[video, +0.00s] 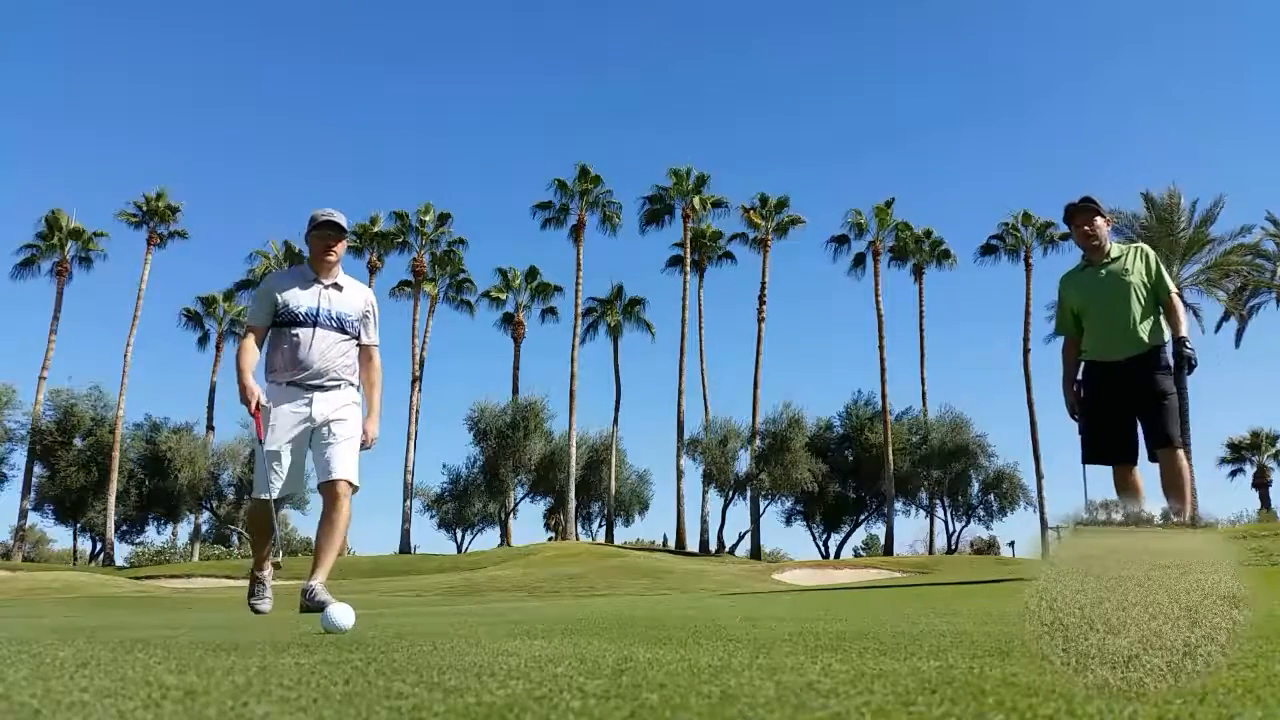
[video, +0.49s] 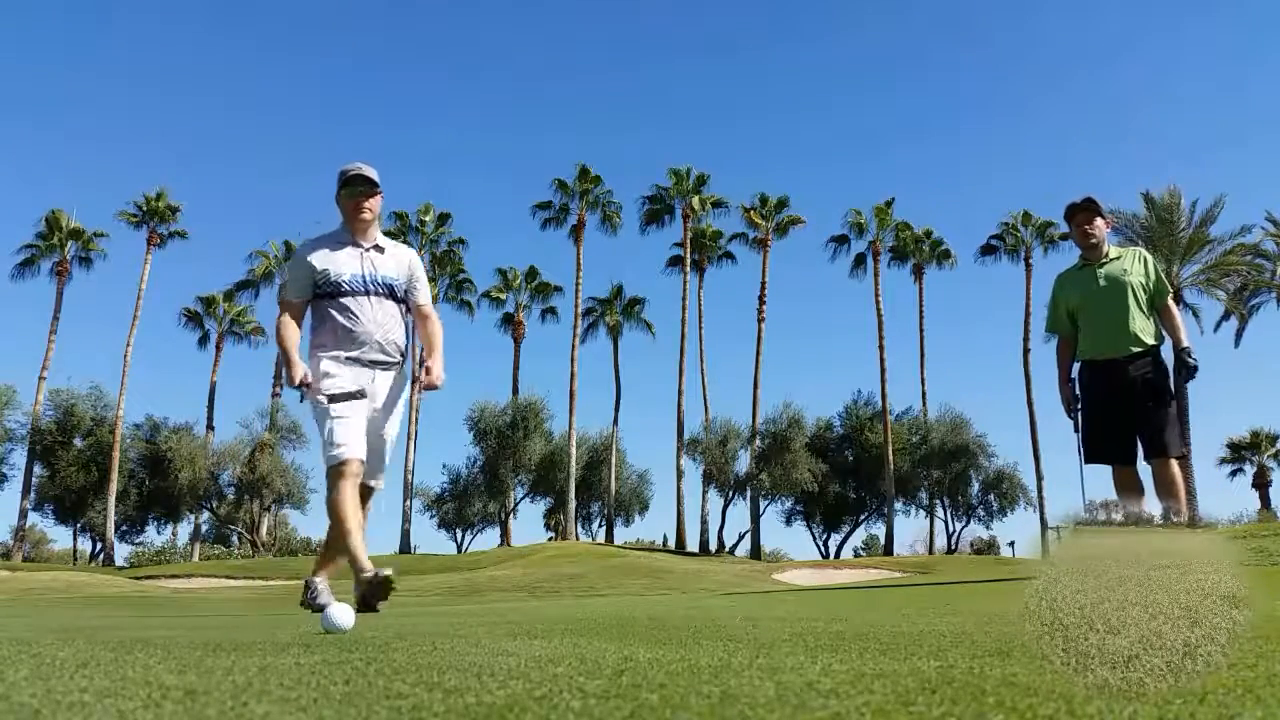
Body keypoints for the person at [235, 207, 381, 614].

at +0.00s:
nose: (330, 241)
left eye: (337, 236)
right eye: (323, 234)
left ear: (346, 244)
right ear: (308, 240)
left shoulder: (362, 296)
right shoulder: (276, 285)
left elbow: (370, 358)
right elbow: (251, 338)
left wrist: (373, 415)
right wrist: (245, 379)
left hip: (340, 398)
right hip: (283, 397)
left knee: (340, 489)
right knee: (265, 496)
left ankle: (316, 583)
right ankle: (261, 572)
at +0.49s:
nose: (362, 200)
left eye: (370, 193)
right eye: (353, 193)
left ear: (380, 200)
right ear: (339, 201)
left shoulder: (406, 258)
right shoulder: (312, 255)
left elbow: (426, 316)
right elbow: (289, 314)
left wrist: (435, 358)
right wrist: (293, 361)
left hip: (390, 375)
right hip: (336, 369)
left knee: (366, 486)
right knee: (346, 465)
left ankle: (319, 578)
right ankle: (366, 574)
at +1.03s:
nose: (422, 129)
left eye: (430, 121)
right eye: (411, 122)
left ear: (443, 130)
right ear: (395, 132)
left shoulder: (474, 200)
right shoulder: (367, 195)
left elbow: (494, 277)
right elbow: (338, 269)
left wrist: (514, 339)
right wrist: (340, 332)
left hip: (463, 337)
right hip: (395, 334)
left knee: (485, 442)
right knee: (376, 460)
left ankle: (508, 556)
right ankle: (371, 574)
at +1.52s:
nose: (499, 48)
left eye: (508, 37)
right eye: (487, 40)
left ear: (526, 42)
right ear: (472, 50)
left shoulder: (565, 120)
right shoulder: (443, 121)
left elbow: (600, 191)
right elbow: (414, 203)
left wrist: (623, 242)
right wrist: (385, 259)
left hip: (552, 277)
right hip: (476, 270)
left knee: (542, 423)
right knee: (488, 390)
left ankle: (520, 566)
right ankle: (508, 555)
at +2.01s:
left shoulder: (606, 11)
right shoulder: (463, 47)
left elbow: (658, 104)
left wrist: (680, 194)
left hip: (613, 204)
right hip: (517, 211)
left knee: (652, 367)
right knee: (528, 380)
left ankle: (633, 510)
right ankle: (559, 562)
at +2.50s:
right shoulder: (527, 6)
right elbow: (540, 88)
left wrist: (765, 33)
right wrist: (515, 153)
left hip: (689, 107)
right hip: (591, 146)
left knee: (692, 306)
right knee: (556, 350)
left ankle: (730, 559)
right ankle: (585, 541)